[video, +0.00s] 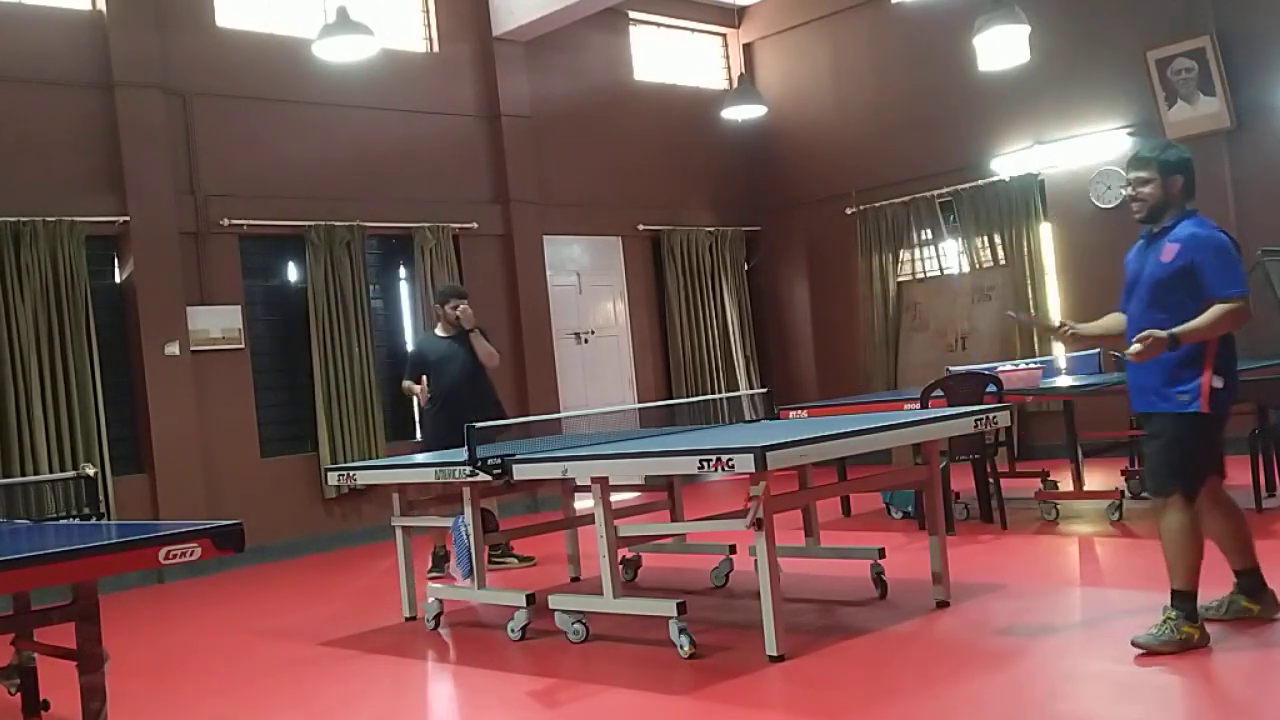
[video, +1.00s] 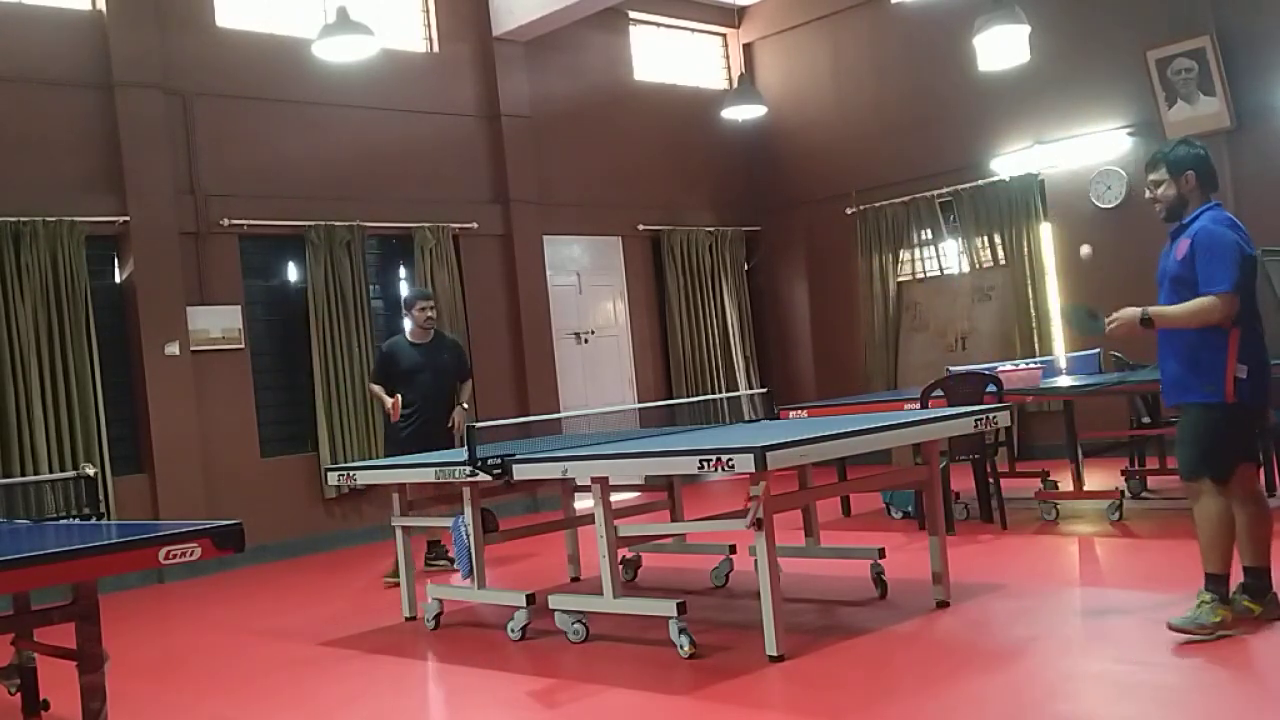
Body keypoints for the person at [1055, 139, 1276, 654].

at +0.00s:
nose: (1131, 194)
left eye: (1141, 184)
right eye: (1128, 186)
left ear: (1176, 184)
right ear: (1132, 191)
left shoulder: (1204, 237)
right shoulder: (1138, 251)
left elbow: (1235, 308)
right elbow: (1130, 316)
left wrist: (1172, 336)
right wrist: (1083, 331)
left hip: (1190, 397)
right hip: (1159, 398)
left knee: (1172, 496)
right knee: (1206, 492)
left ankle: (1183, 618)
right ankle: (1253, 591)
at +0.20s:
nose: (1141, 192)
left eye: (1150, 182)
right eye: (1139, 184)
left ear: (1183, 181)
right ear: (1167, 185)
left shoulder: (1210, 230)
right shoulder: (1167, 239)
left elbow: (1240, 304)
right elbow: (1167, 313)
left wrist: (1167, 337)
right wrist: (1115, 324)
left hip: (1206, 388)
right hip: (1197, 387)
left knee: (1194, 487)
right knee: (1233, 485)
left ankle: (1214, 604)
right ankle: (1259, 593)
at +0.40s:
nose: (1146, 192)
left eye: (1153, 182)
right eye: (1146, 183)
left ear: (1181, 180)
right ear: (1182, 183)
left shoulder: (1210, 226)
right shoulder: (1194, 230)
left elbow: (1237, 297)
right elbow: (1210, 306)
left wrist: (1164, 329)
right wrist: (1157, 335)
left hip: (1217, 390)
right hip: (1222, 388)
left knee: (1213, 487)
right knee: (1245, 486)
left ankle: (1241, 601)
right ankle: (1257, 589)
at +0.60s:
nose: (1153, 195)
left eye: (1159, 184)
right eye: (1152, 186)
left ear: (1186, 181)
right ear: (1190, 183)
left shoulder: (1213, 228)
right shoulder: (1201, 230)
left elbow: (1224, 302)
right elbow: (1213, 310)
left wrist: (1148, 316)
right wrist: (1165, 340)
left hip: (1222, 387)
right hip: (1223, 386)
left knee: (1217, 487)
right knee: (1247, 485)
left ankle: (1242, 600)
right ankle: (1259, 589)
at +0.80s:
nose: (1155, 196)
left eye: (1161, 185)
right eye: (1153, 187)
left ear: (1191, 181)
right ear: (1189, 185)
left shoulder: (1216, 228)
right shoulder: (1200, 231)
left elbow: (1214, 304)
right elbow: (1205, 311)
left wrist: (1134, 309)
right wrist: (1145, 331)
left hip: (1219, 386)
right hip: (1227, 385)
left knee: (1207, 480)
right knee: (1245, 481)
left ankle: (1235, 597)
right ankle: (1259, 591)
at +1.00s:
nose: (1152, 195)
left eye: (1159, 184)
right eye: (1150, 187)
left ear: (1190, 180)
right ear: (1186, 184)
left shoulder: (1213, 230)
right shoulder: (1192, 231)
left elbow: (1219, 307)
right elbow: (1200, 307)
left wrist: (1145, 315)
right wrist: (1144, 318)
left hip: (1214, 388)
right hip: (1220, 387)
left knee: (1202, 484)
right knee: (1243, 485)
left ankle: (1215, 599)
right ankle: (1258, 591)